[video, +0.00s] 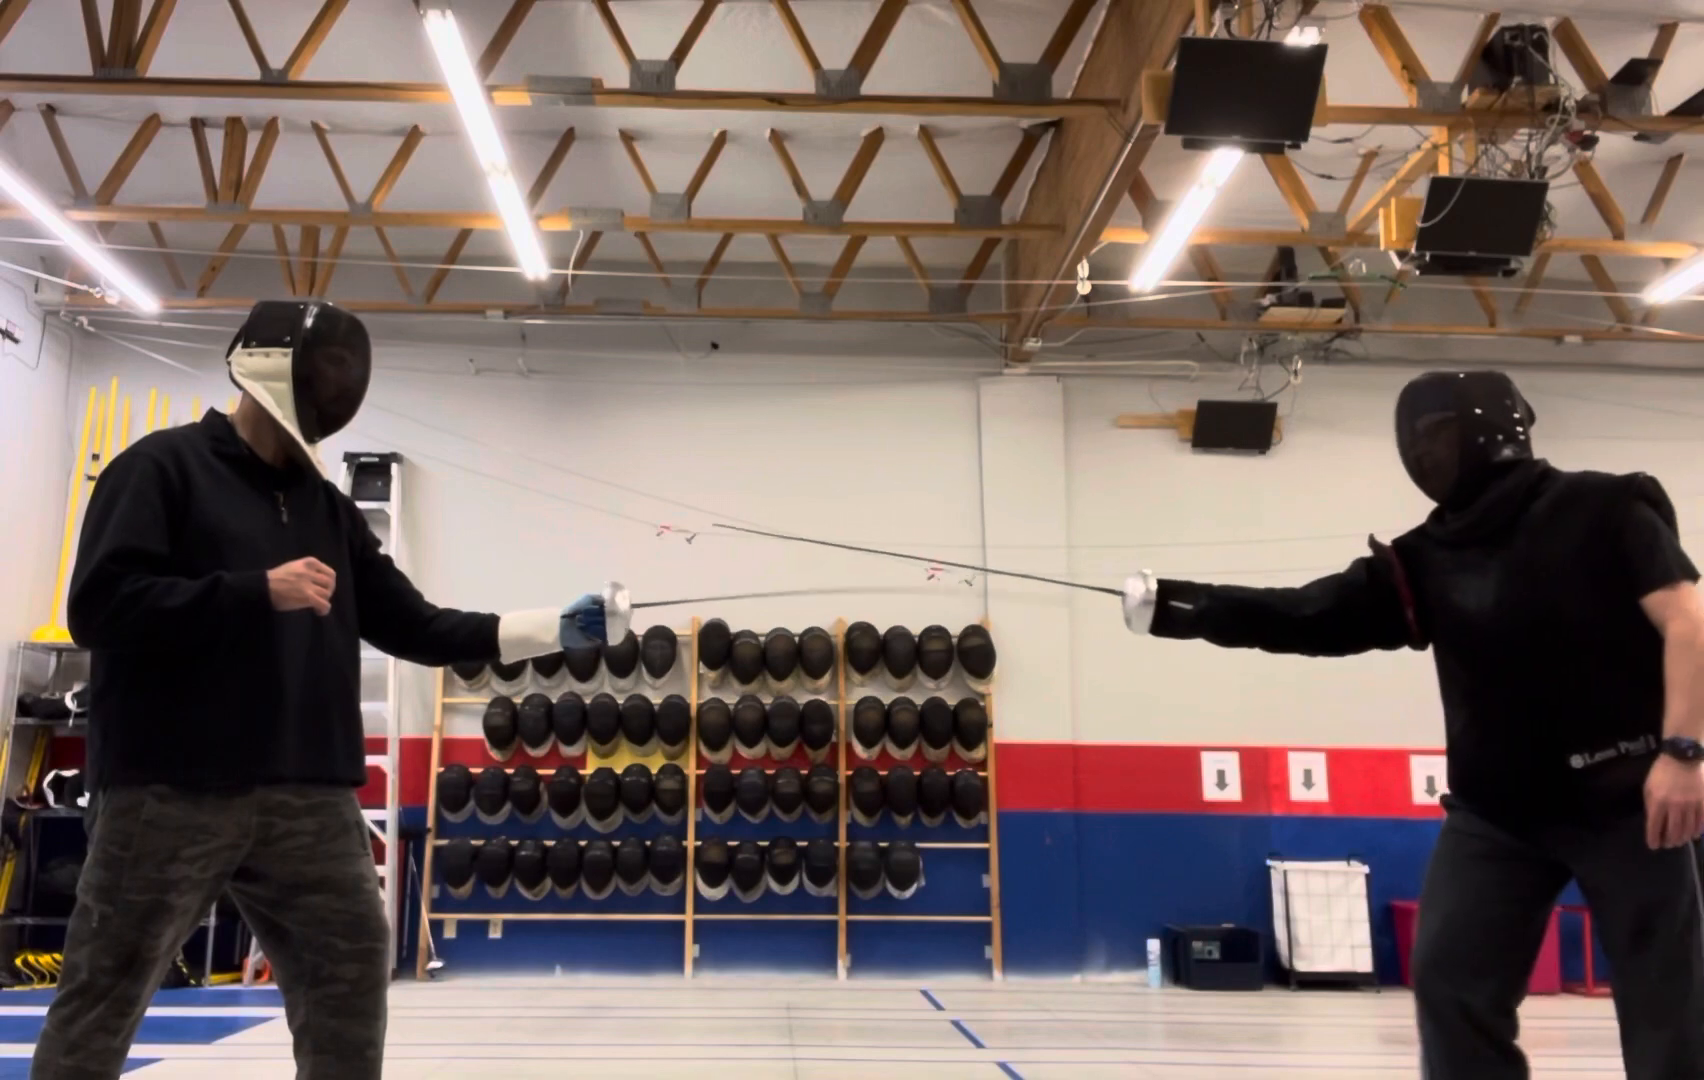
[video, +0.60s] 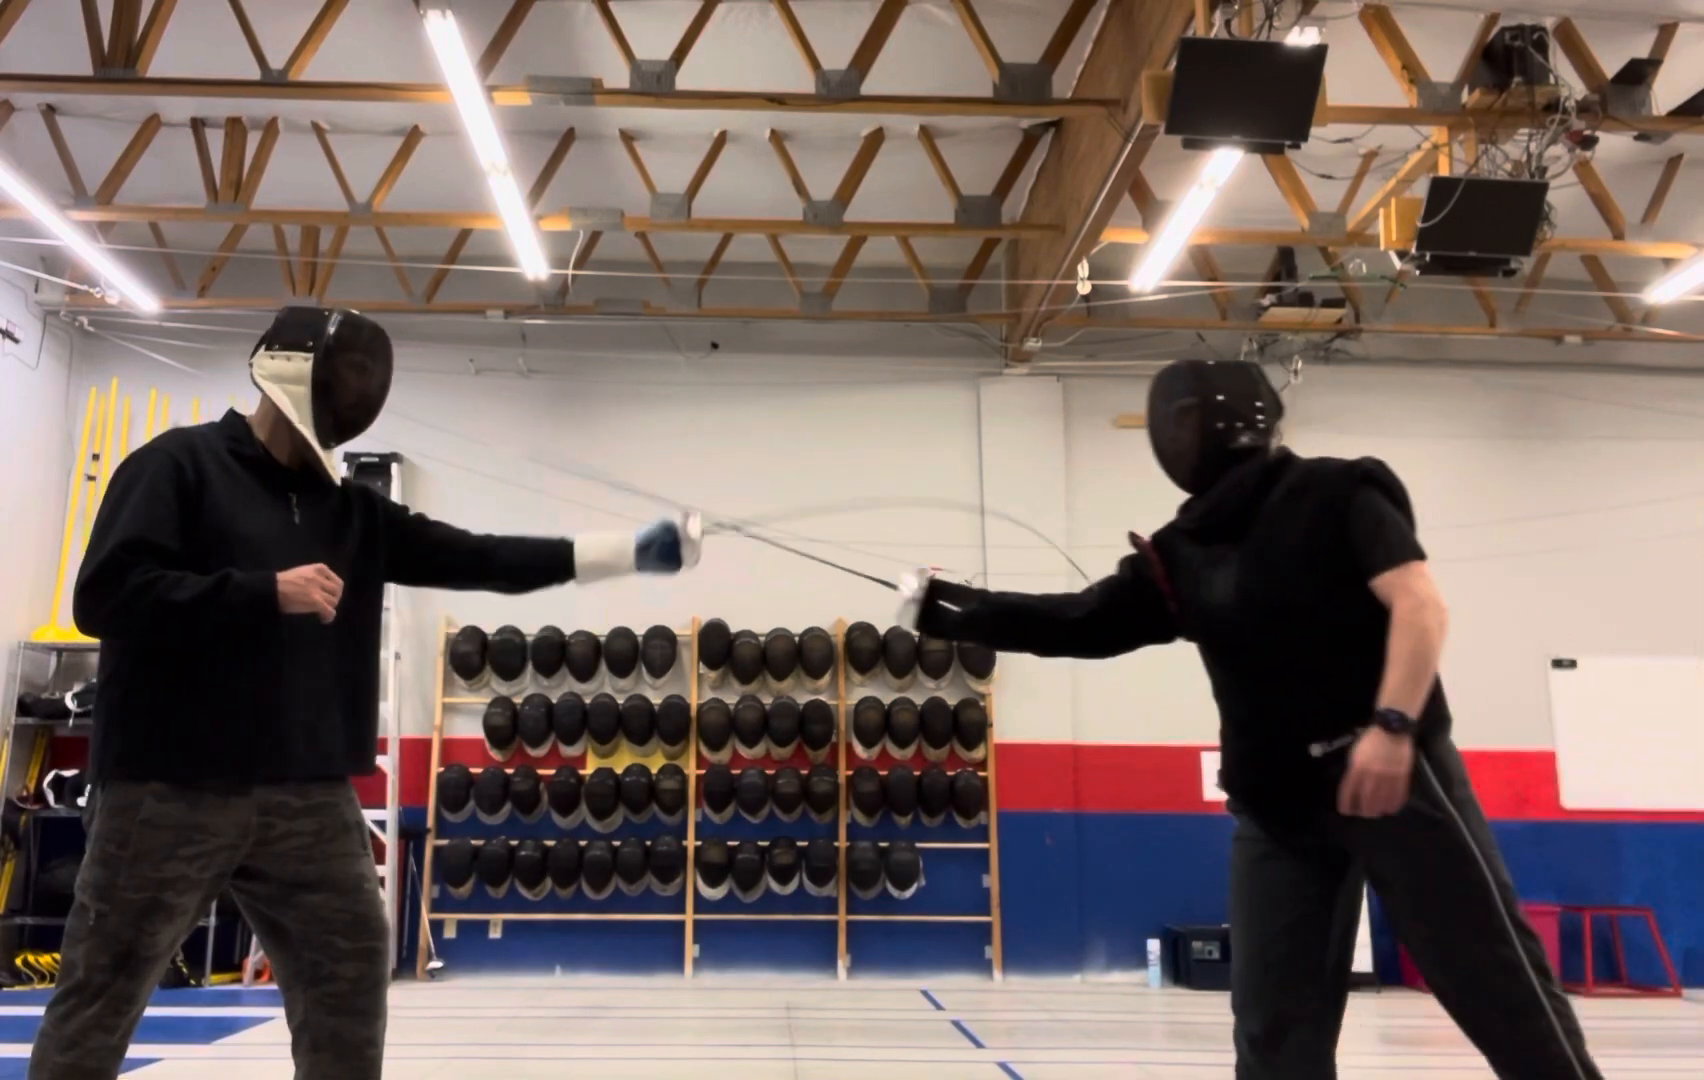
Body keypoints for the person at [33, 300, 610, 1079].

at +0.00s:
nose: (326, 398)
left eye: (337, 384)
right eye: (312, 375)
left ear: (337, 392)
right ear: (258, 366)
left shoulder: (325, 507)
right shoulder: (154, 469)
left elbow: (407, 623)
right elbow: (99, 606)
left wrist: (550, 630)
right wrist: (254, 589)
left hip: (305, 796)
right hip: (166, 793)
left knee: (348, 982)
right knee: (101, 1002)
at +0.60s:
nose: (349, 420)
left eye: (360, 404)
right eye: (337, 396)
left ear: (360, 404)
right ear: (281, 376)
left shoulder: (350, 513)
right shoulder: (172, 467)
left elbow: (478, 558)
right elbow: (104, 593)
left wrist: (627, 552)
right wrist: (264, 590)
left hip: (305, 797)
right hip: (164, 792)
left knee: (348, 990)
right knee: (98, 1003)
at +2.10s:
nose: (329, 414)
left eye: (340, 398)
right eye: (321, 390)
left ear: (337, 399)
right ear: (270, 373)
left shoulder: (329, 510)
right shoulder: (158, 469)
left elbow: (416, 623)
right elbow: (100, 604)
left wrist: (553, 644)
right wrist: (255, 590)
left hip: (306, 797)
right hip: (168, 791)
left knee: (349, 975)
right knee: (103, 997)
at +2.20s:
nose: (327, 415)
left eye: (338, 400)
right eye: (319, 390)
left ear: (338, 401)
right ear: (270, 374)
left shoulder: (330, 509)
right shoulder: (160, 470)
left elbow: (415, 621)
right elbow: (104, 604)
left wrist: (550, 644)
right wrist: (258, 590)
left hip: (307, 796)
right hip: (170, 791)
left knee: (350, 976)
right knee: (104, 995)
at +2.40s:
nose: (341, 400)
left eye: (349, 388)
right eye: (323, 380)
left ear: (351, 399)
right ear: (267, 370)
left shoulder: (332, 510)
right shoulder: (164, 471)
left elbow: (409, 626)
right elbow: (107, 604)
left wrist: (552, 631)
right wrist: (264, 592)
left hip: (310, 800)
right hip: (171, 795)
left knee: (351, 994)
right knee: (102, 1004)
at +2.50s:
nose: (319, 436)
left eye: (331, 421)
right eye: (309, 410)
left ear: (344, 410)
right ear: (266, 379)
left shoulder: (328, 508)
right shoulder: (165, 470)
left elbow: (408, 627)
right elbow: (108, 604)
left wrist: (550, 634)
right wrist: (267, 593)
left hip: (308, 798)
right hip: (170, 793)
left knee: (351, 980)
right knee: (104, 1000)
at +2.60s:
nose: (329, 418)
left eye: (341, 401)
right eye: (321, 393)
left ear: (340, 401)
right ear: (271, 374)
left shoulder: (329, 511)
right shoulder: (164, 470)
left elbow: (416, 627)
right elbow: (110, 604)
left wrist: (557, 632)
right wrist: (269, 593)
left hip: (308, 796)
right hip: (171, 790)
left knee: (350, 980)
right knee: (104, 998)